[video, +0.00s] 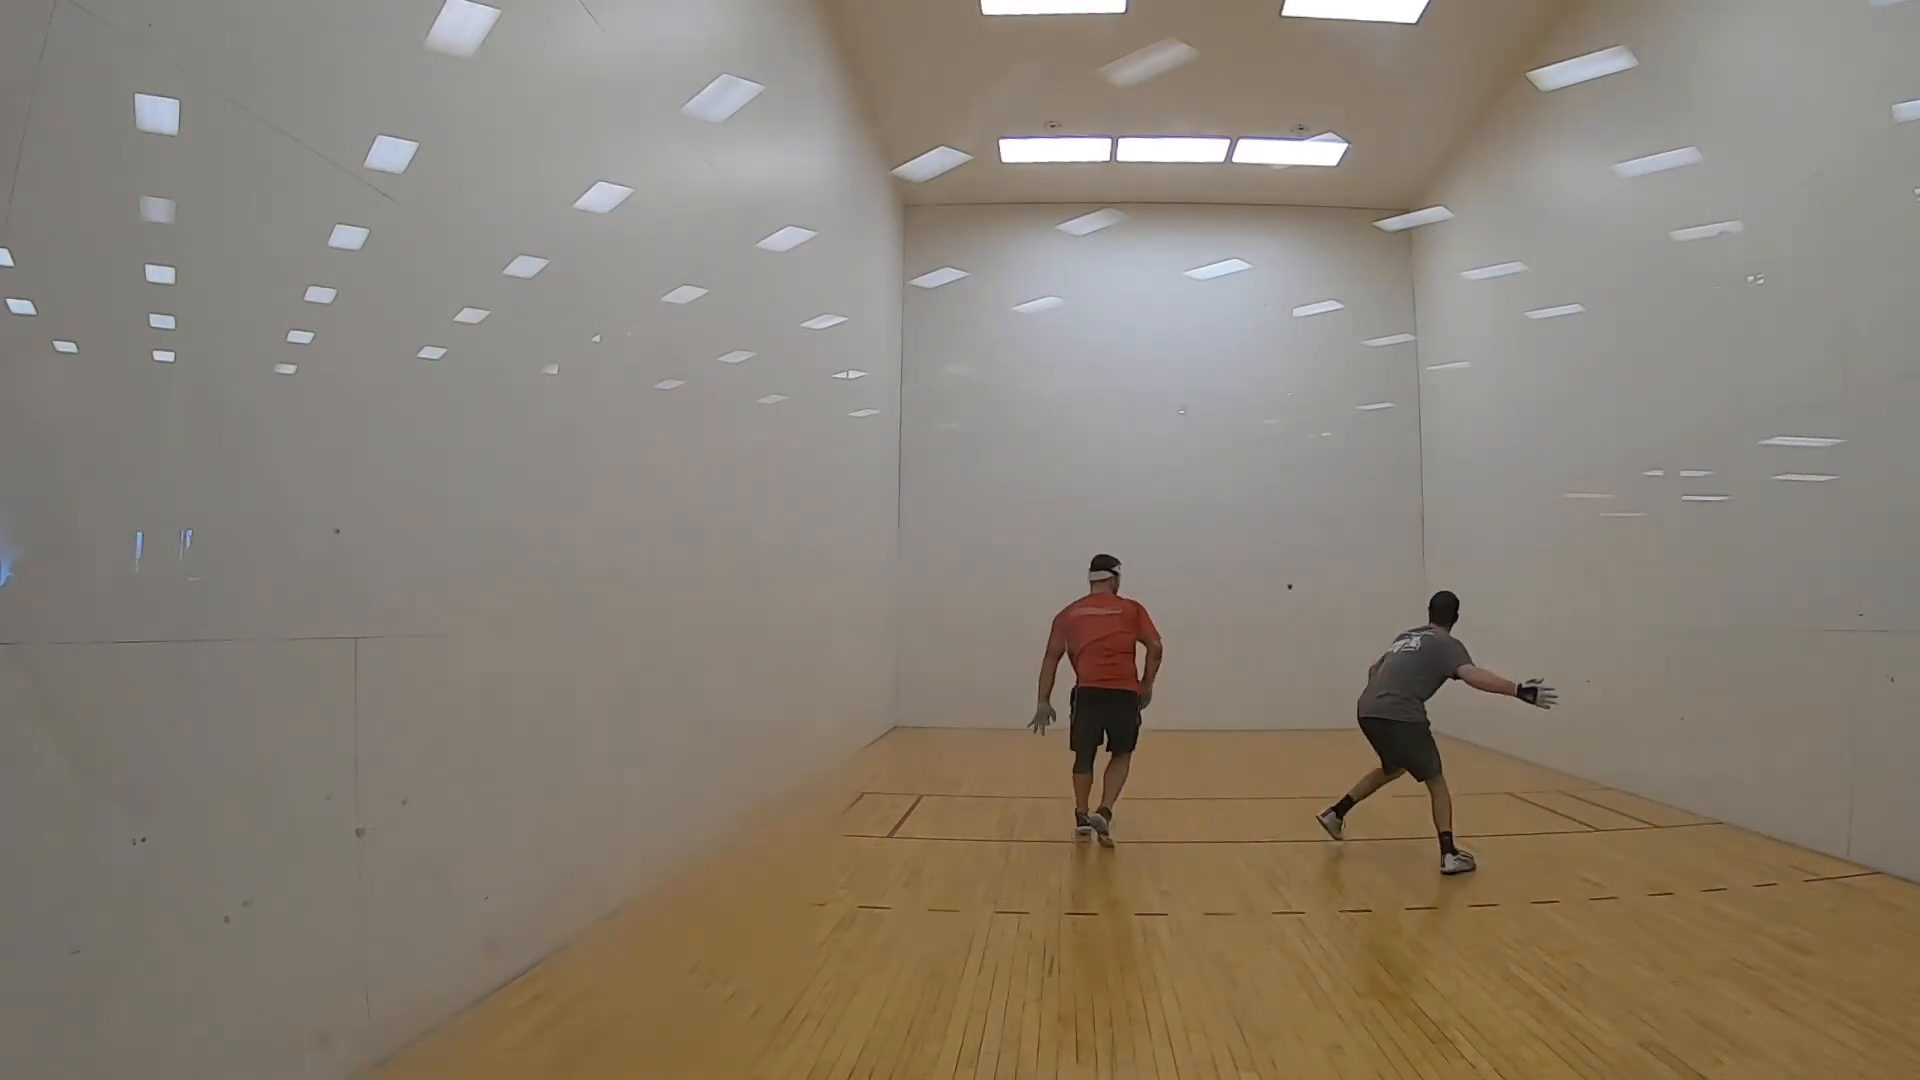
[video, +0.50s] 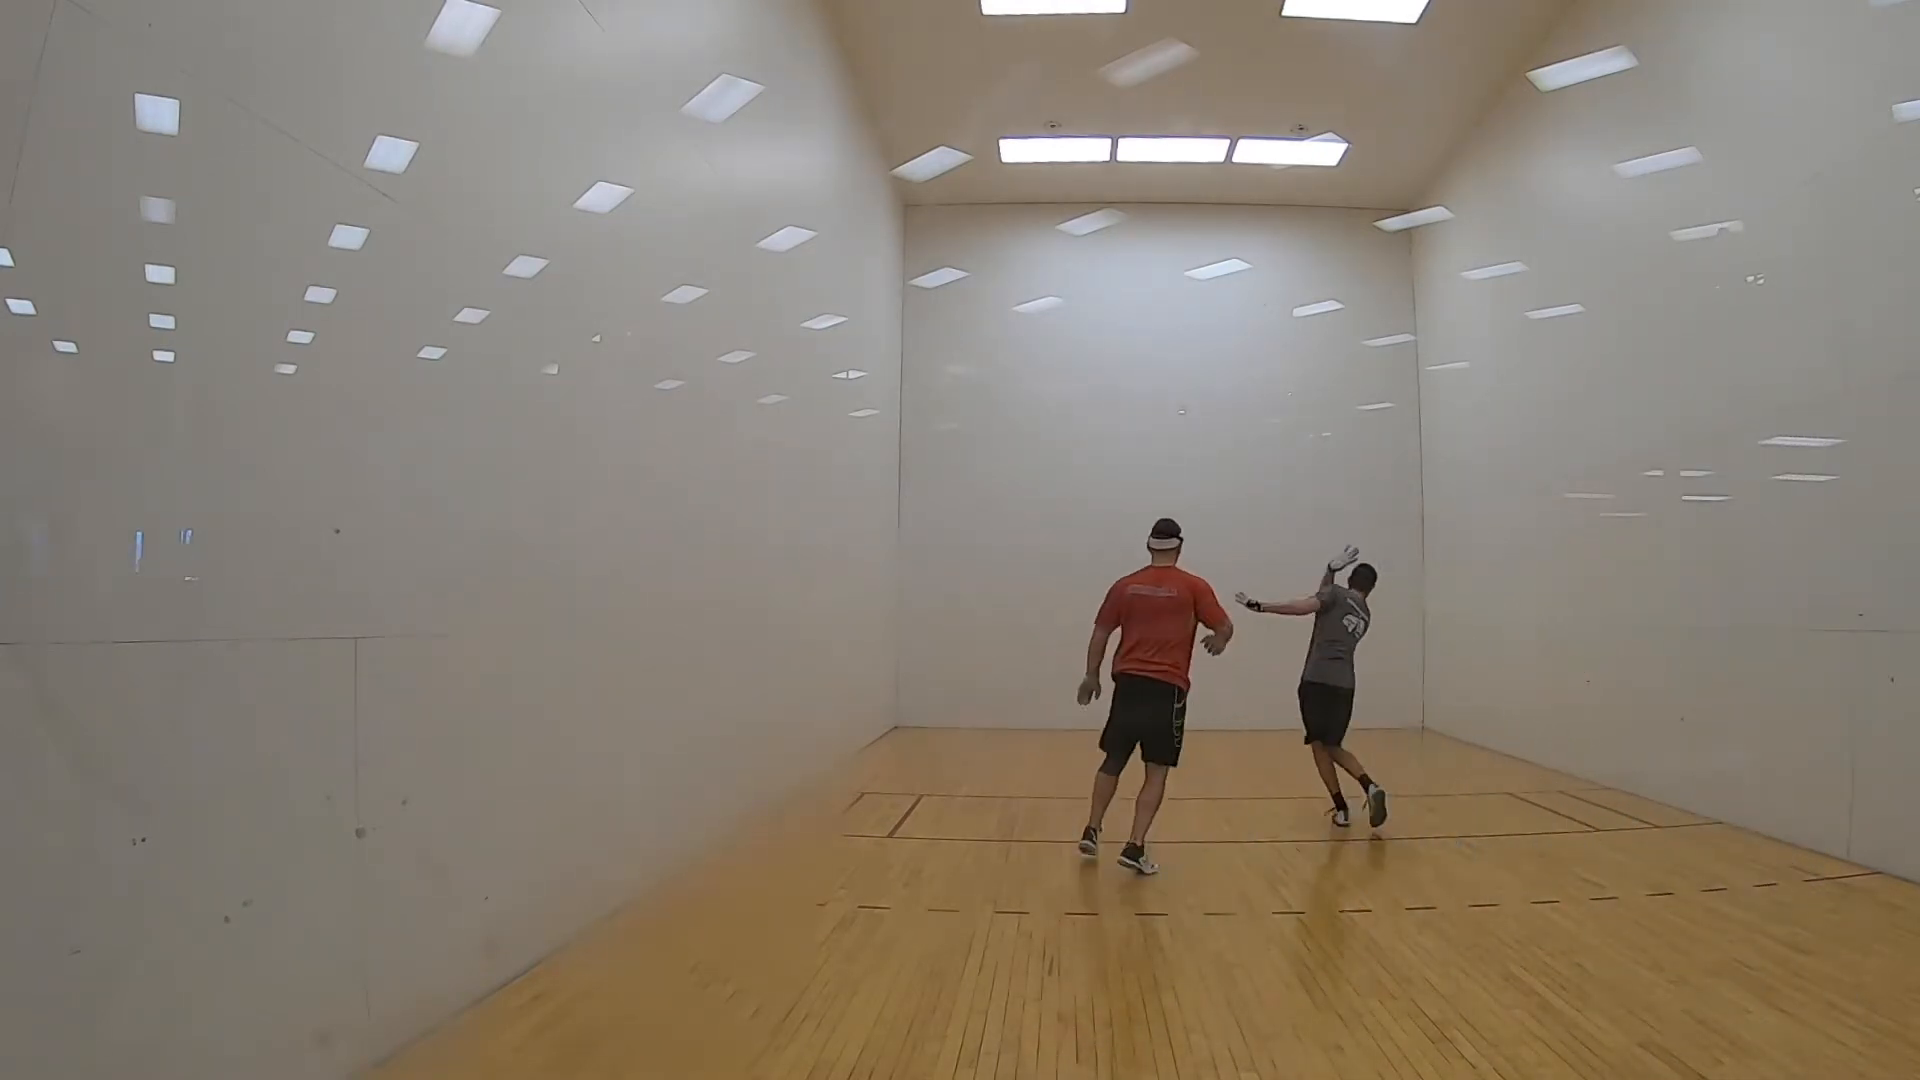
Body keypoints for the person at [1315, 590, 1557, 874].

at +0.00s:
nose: (1452, 620)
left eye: (1445, 612)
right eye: (1454, 615)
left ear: (1428, 613)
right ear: (1455, 618)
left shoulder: (1406, 637)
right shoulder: (1449, 645)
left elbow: (1375, 669)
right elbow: (1473, 676)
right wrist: (1518, 689)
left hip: (1369, 713)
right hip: (1404, 716)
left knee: (1393, 768)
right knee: (1435, 782)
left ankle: (1335, 813)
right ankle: (1449, 854)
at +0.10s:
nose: (1439, 622)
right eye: (1441, 618)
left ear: (1416, 616)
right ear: (1442, 620)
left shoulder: (1390, 637)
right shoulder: (1432, 647)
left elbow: (1348, 647)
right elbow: (1446, 682)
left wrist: (1323, 677)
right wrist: (1475, 703)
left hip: (1351, 711)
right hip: (1386, 718)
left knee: (1375, 754)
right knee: (1417, 782)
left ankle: (1343, 810)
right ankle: (1444, 844)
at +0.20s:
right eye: (1421, 619)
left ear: (1399, 612)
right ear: (1422, 622)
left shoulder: (1368, 627)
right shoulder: (1412, 662)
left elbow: (1325, 644)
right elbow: (1408, 713)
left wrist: (1311, 673)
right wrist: (1424, 754)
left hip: (1338, 714)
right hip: (1370, 724)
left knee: (1362, 753)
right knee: (1391, 781)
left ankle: (1349, 810)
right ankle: (1423, 822)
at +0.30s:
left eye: (1388, 606)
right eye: (1401, 614)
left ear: (1381, 605)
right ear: (1403, 616)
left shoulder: (1356, 619)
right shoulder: (1395, 651)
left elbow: (1320, 647)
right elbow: (1382, 678)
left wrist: (1302, 668)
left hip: (1326, 707)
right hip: (1359, 718)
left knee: (1338, 749)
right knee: (1372, 779)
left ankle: (1345, 810)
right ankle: (1396, 811)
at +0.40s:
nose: (1371, 598)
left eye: (1371, 593)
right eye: (1382, 600)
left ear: (1367, 595)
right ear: (1387, 605)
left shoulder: (1349, 606)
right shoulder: (1380, 632)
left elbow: (1307, 627)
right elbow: (1350, 613)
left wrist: (1269, 631)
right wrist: (1351, 578)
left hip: (1319, 692)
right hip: (1351, 700)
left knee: (1323, 751)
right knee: (1349, 763)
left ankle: (1341, 810)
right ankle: (1383, 797)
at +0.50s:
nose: (1354, 581)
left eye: (1353, 576)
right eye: (1364, 583)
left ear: (1350, 578)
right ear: (1370, 588)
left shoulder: (1335, 593)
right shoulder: (1364, 614)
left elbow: (1302, 607)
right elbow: (1326, 602)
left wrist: (1259, 606)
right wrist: (1330, 571)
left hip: (1316, 681)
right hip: (1344, 686)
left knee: (1318, 745)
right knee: (1333, 745)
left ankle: (1341, 809)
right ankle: (1370, 787)